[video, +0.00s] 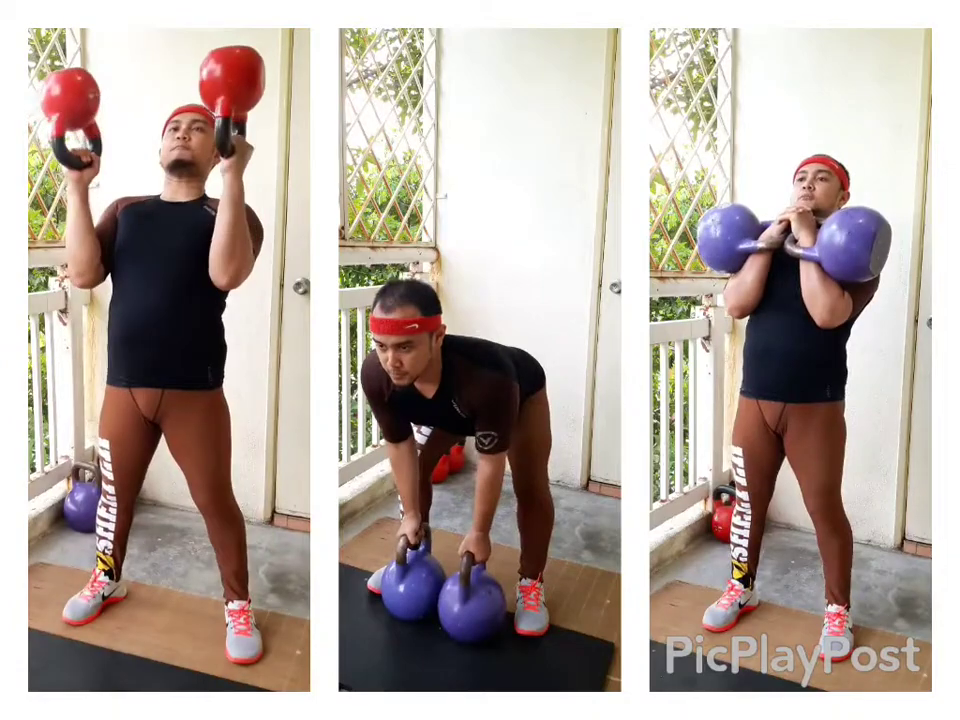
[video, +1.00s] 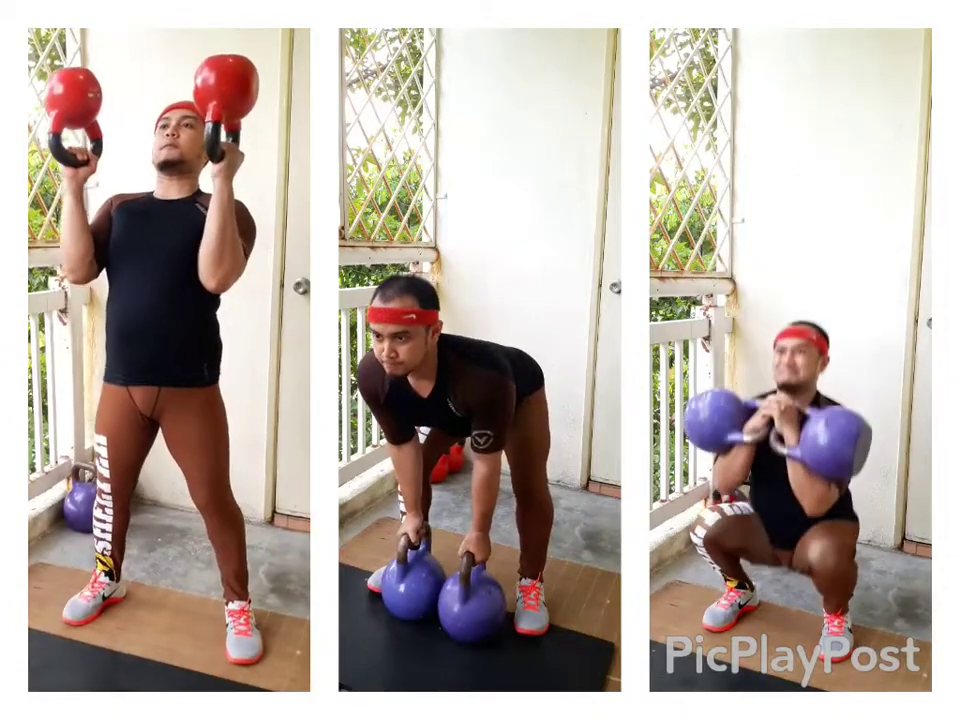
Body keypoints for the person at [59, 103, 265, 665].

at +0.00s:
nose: (181, 135)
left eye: (195, 129)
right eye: (173, 129)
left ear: (216, 152)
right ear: (158, 151)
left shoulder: (233, 216)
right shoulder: (125, 210)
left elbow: (226, 275)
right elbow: (83, 275)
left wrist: (232, 174)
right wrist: (78, 186)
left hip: (194, 392)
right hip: (123, 387)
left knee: (216, 503)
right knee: (115, 493)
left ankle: (238, 604)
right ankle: (106, 576)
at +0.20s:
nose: (179, 135)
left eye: (193, 129)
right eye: (171, 129)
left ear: (216, 149)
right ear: (158, 150)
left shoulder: (234, 217)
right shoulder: (125, 210)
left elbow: (224, 278)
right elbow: (81, 274)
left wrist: (229, 179)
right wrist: (78, 187)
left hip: (194, 392)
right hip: (123, 387)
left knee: (216, 504)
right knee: (115, 493)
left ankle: (238, 605)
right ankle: (106, 576)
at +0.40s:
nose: (178, 133)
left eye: (192, 127)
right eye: (171, 128)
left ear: (216, 148)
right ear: (159, 149)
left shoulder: (234, 217)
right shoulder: (124, 209)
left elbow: (221, 278)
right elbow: (80, 273)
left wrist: (227, 183)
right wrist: (80, 187)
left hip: (193, 392)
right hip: (123, 387)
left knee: (215, 503)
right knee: (115, 492)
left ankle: (238, 604)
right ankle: (106, 576)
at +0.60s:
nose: (178, 134)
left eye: (193, 127)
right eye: (171, 128)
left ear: (216, 148)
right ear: (159, 148)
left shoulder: (236, 216)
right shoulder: (126, 210)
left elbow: (222, 278)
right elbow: (83, 274)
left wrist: (227, 182)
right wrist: (83, 188)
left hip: (195, 391)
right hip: (125, 386)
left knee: (216, 503)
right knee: (116, 492)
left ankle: (238, 604)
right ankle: (106, 576)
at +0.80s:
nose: (178, 133)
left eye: (193, 126)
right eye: (170, 127)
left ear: (216, 147)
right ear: (158, 147)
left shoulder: (235, 214)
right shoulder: (126, 209)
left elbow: (227, 278)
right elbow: (84, 273)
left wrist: (232, 182)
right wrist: (83, 189)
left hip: (197, 391)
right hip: (127, 386)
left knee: (217, 503)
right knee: (116, 492)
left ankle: (238, 605)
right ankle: (106, 576)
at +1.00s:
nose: (170, 133)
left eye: (185, 125)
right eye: (163, 127)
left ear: (208, 145)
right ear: (152, 146)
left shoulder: (228, 212)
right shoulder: (120, 207)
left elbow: (217, 277)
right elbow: (77, 270)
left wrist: (222, 181)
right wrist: (74, 186)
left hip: (190, 387)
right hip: (121, 383)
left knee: (213, 500)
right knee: (112, 490)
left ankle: (238, 604)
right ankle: (106, 577)